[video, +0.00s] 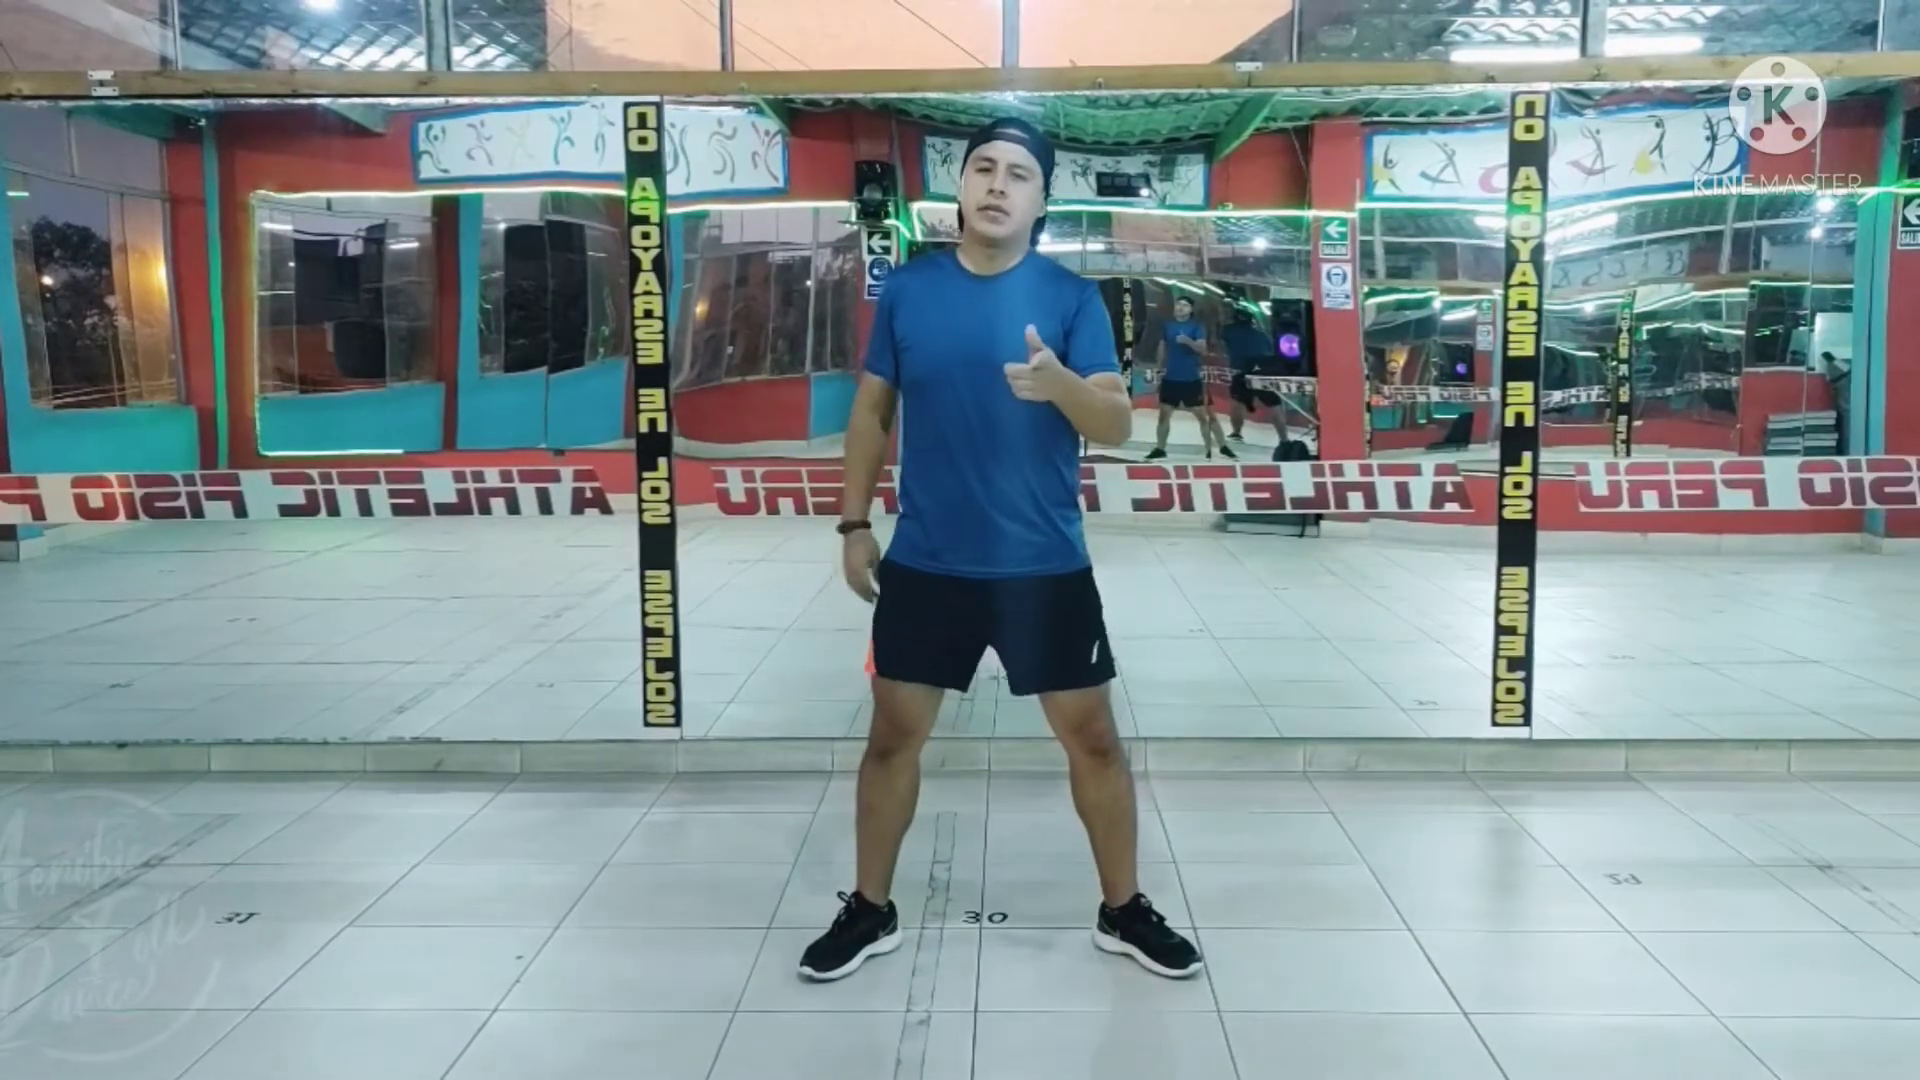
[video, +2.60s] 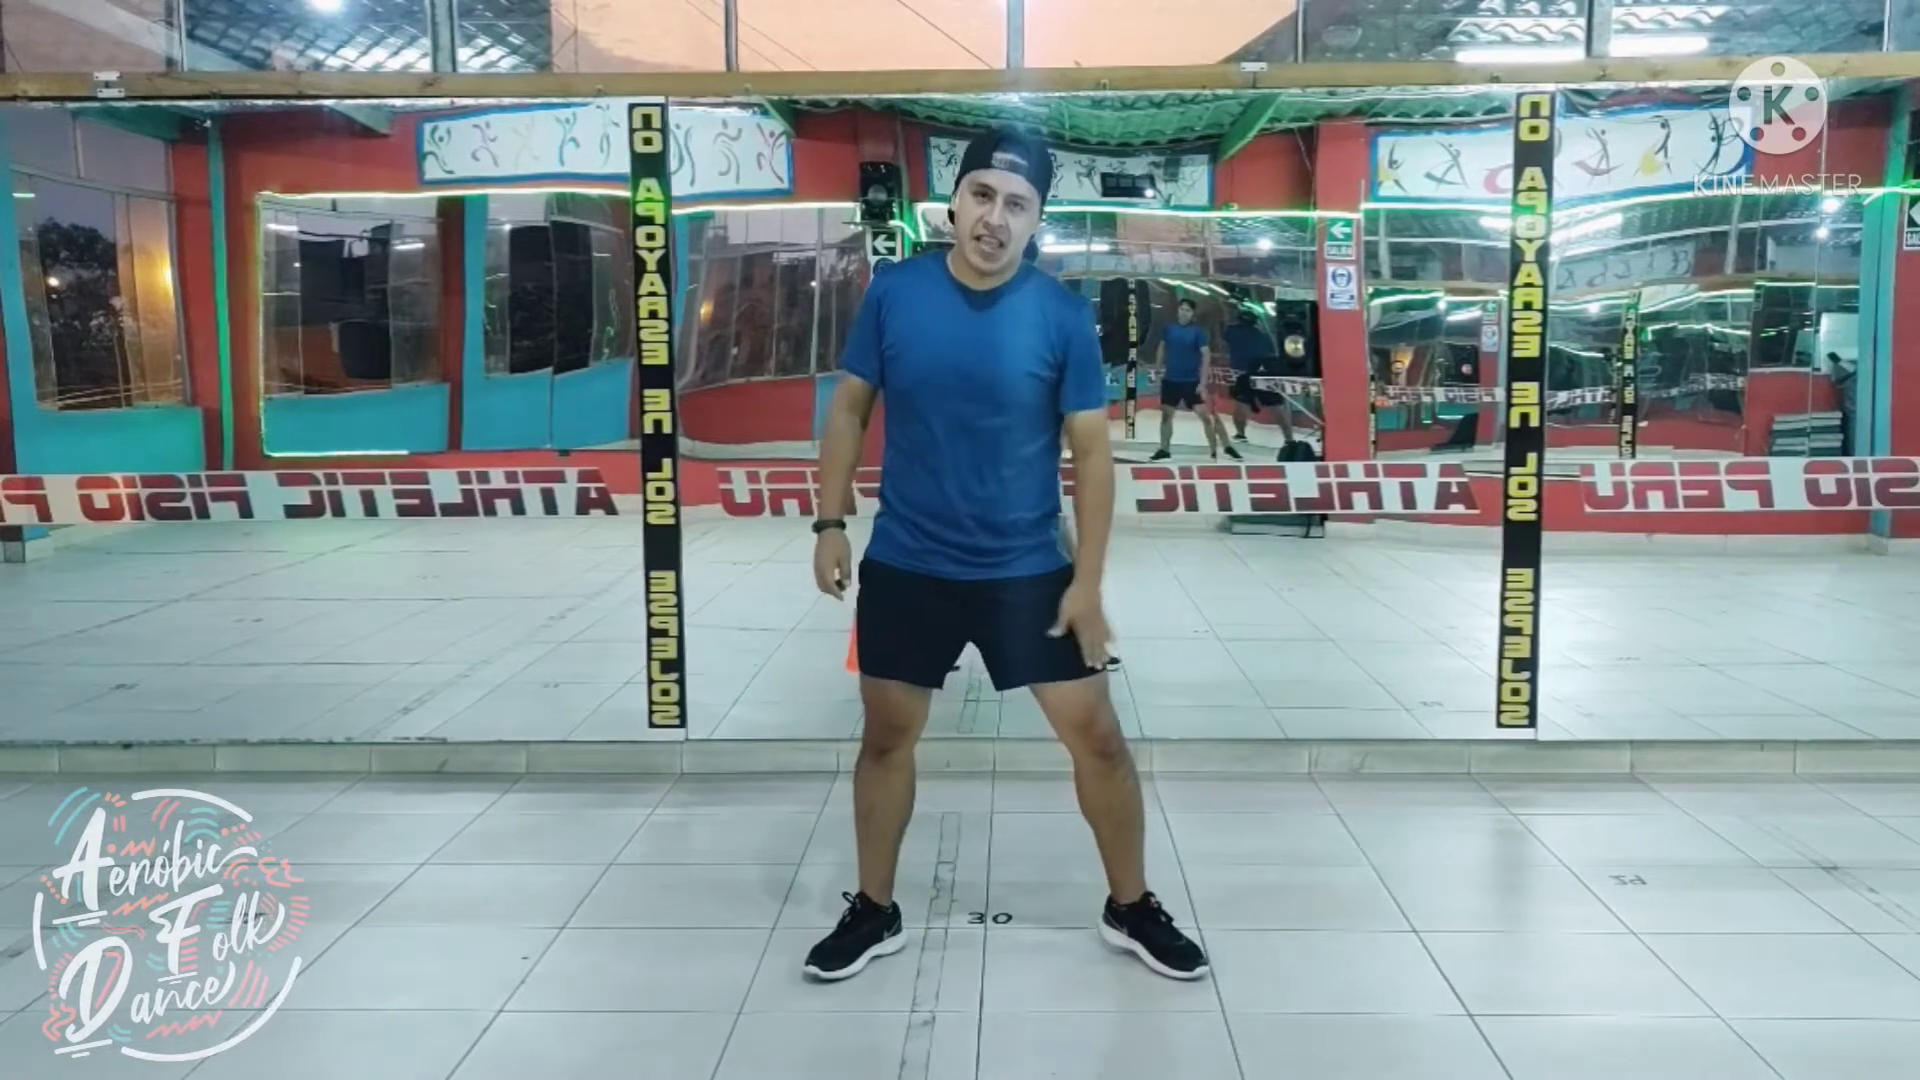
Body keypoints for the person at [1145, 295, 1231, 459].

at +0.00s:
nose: (1180, 308)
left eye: (1184, 305)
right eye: (1178, 305)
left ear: (1191, 309)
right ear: (1174, 308)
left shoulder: (1197, 327)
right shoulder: (1168, 326)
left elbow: (1203, 349)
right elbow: (1162, 347)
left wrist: (1189, 342)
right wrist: (1159, 367)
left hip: (1191, 378)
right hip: (1171, 377)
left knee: (1203, 416)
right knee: (1164, 414)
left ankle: (1209, 449)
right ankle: (1160, 447)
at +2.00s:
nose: (1184, 309)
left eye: (1187, 307)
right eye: (1182, 306)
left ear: (1193, 311)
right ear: (1177, 308)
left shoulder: (1200, 329)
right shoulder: (1170, 328)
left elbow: (1206, 351)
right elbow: (1164, 349)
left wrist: (1193, 343)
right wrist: (1160, 368)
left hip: (1194, 379)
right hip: (1173, 378)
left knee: (1204, 415)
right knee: (1167, 414)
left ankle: (1212, 450)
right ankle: (1163, 448)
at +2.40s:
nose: (1184, 312)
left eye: (1188, 309)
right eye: (1182, 308)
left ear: (1193, 313)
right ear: (1178, 310)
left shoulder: (1199, 330)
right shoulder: (1169, 328)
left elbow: (1206, 349)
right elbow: (1162, 347)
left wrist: (1202, 364)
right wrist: (1160, 367)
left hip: (1193, 379)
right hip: (1173, 378)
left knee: (1204, 415)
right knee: (1167, 414)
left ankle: (1214, 450)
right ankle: (1164, 448)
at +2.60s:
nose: (1184, 313)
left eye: (1188, 311)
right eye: (1182, 310)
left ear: (1193, 314)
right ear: (1177, 311)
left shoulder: (1198, 332)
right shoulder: (1169, 329)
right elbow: (1161, 347)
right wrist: (1158, 368)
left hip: (1191, 381)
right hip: (1171, 380)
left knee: (1205, 415)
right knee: (1166, 415)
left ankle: (1220, 448)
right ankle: (1164, 448)